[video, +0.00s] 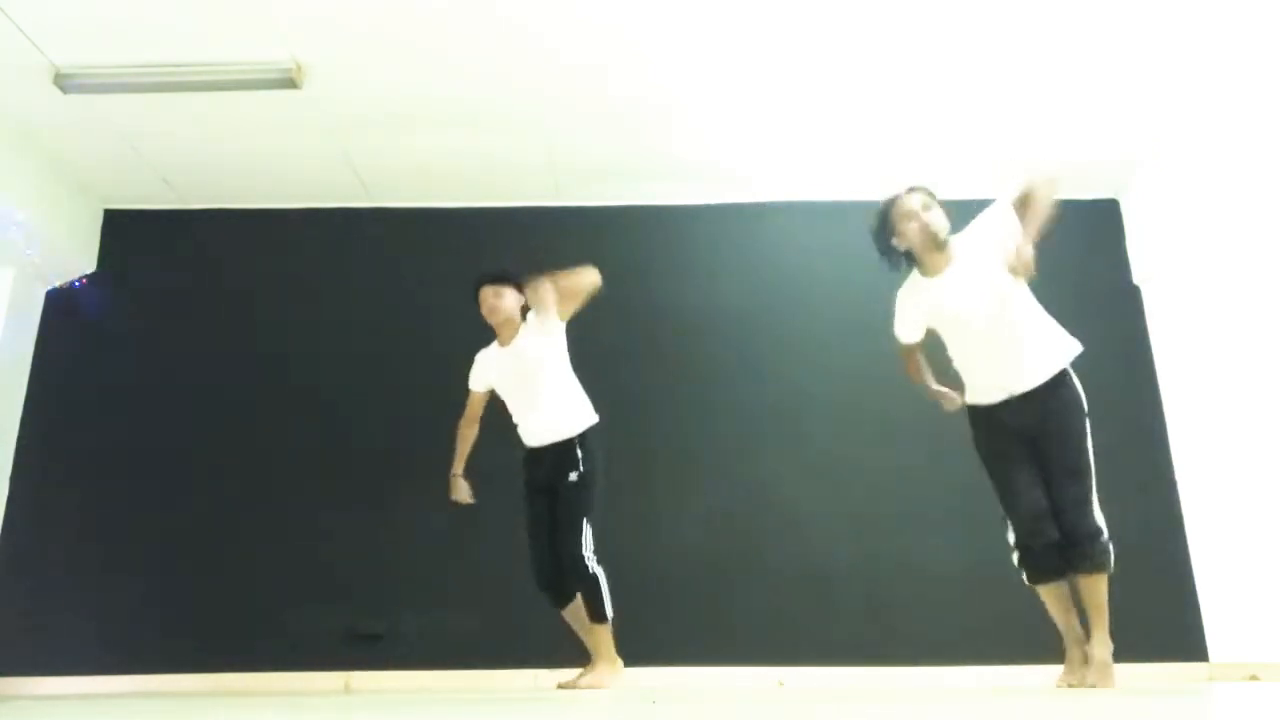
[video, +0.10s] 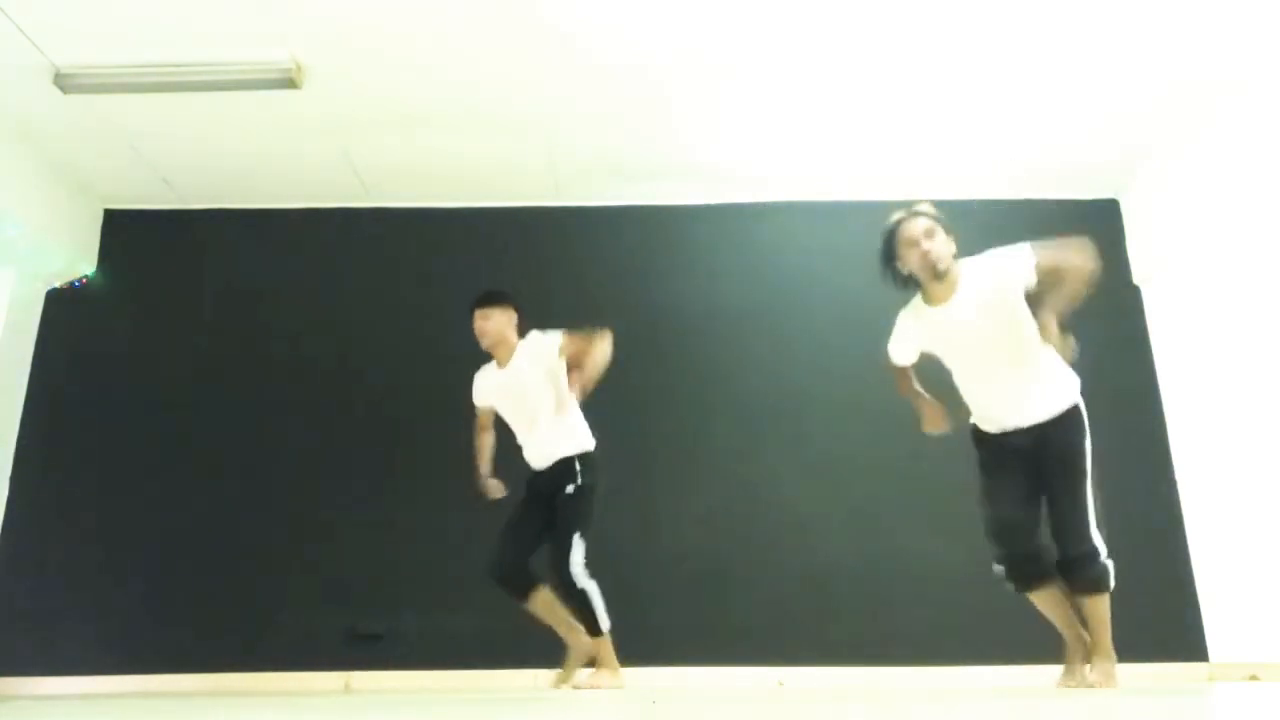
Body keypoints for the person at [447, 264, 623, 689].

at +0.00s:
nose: (490, 305)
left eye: (497, 297)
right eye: (484, 301)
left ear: (519, 298)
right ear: (481, 312)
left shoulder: (546, 321)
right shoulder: (486, 362)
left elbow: (591, 279)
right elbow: (471, 418)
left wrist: (548, 283)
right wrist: (457, 472)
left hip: (576, 446)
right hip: (537, 457)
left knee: (576, 552)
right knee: (547, 567)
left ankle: (608, 659)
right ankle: (600, 657)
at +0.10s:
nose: (480, 327)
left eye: (489, 317)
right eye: (477, 319)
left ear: (512, 320)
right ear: (475, 328)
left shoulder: (541, 345)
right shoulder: (485, 380)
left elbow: (600, 340)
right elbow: (484, 428)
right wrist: (485, 474)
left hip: (575, 465)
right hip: (540, 476)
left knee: (569, 565)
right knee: (509, 567)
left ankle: (609, 666)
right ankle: (577, 640)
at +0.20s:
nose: (476, 337)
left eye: (485, 328)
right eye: (474, 330)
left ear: (509, 332)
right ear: (474, 338)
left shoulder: (537, 370)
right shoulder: (485, 393)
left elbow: (578, 419)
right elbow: (497, 448)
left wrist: (531, 472)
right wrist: (500, 474)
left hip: (568, 481)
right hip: (531, 488)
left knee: (551, 576)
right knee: (470, 550)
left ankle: (607, 669)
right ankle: (519, 644)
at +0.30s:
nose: (472, 329)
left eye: (481, 321)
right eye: (472, 322)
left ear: (506, 327)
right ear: (476, 331)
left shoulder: (522, 371)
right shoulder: (480, 386)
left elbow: (495, 439)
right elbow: (476, 444)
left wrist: (434, 465)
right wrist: (448, 433)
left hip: (545, 489)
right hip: (514, 492)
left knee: (541, 586)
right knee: (441, 550)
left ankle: (605, 668)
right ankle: (409, 657)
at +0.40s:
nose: (467, 318)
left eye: (476, 310)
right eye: (467, 311)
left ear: (500, 316)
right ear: (475, 319)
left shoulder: (503, 357)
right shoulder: (470, 367)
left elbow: (445, 399)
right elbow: (424, 415)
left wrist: (381, 394)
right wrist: (372, 392)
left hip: (500, 486)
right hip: (469, 486)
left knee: (517, 585)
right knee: (394, 562)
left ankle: (600, 656)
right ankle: (341, 666)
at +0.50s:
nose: (459, 318)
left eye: (468, 311)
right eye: (460, 311)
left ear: (491, 317)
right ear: (467, 318)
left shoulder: (488, 357)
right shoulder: (455, 367)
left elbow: (430, 378)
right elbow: (399, 411)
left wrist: (379, 343)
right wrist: (347, 387)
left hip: (447, 476)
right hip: (415, 474)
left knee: (443, 580)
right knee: (342, 556)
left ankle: (536, 623)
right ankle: (327, 669)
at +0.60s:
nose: (451, 328)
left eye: (461, 322)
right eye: (452, 322)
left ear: (482, 329)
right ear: (453, 329)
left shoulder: (477, 366)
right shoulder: (450, 369)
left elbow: (439, 384)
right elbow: (418, 427)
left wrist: (417, 346)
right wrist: (379, 420)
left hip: (400, 475)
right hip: (377, 472)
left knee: (344, 562)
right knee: (307, 558)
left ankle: (427, 605)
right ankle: (321, 669)